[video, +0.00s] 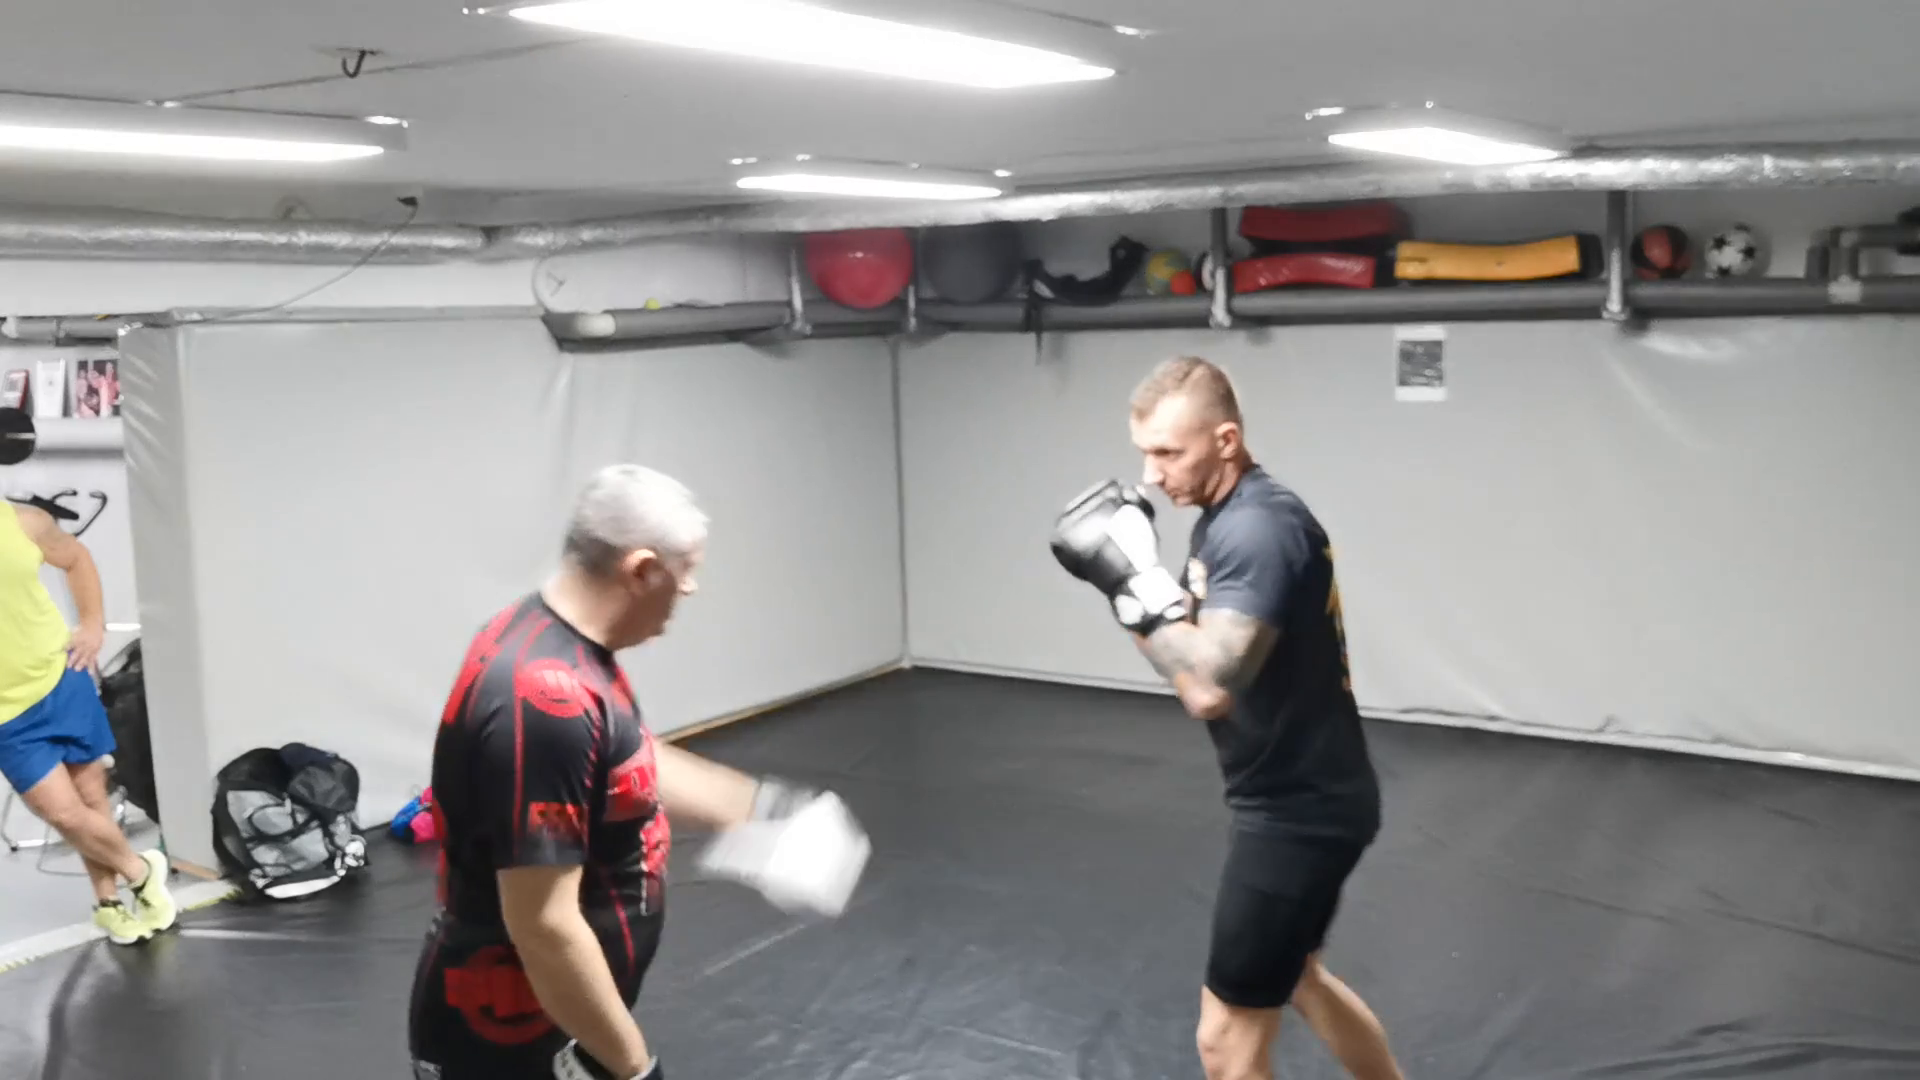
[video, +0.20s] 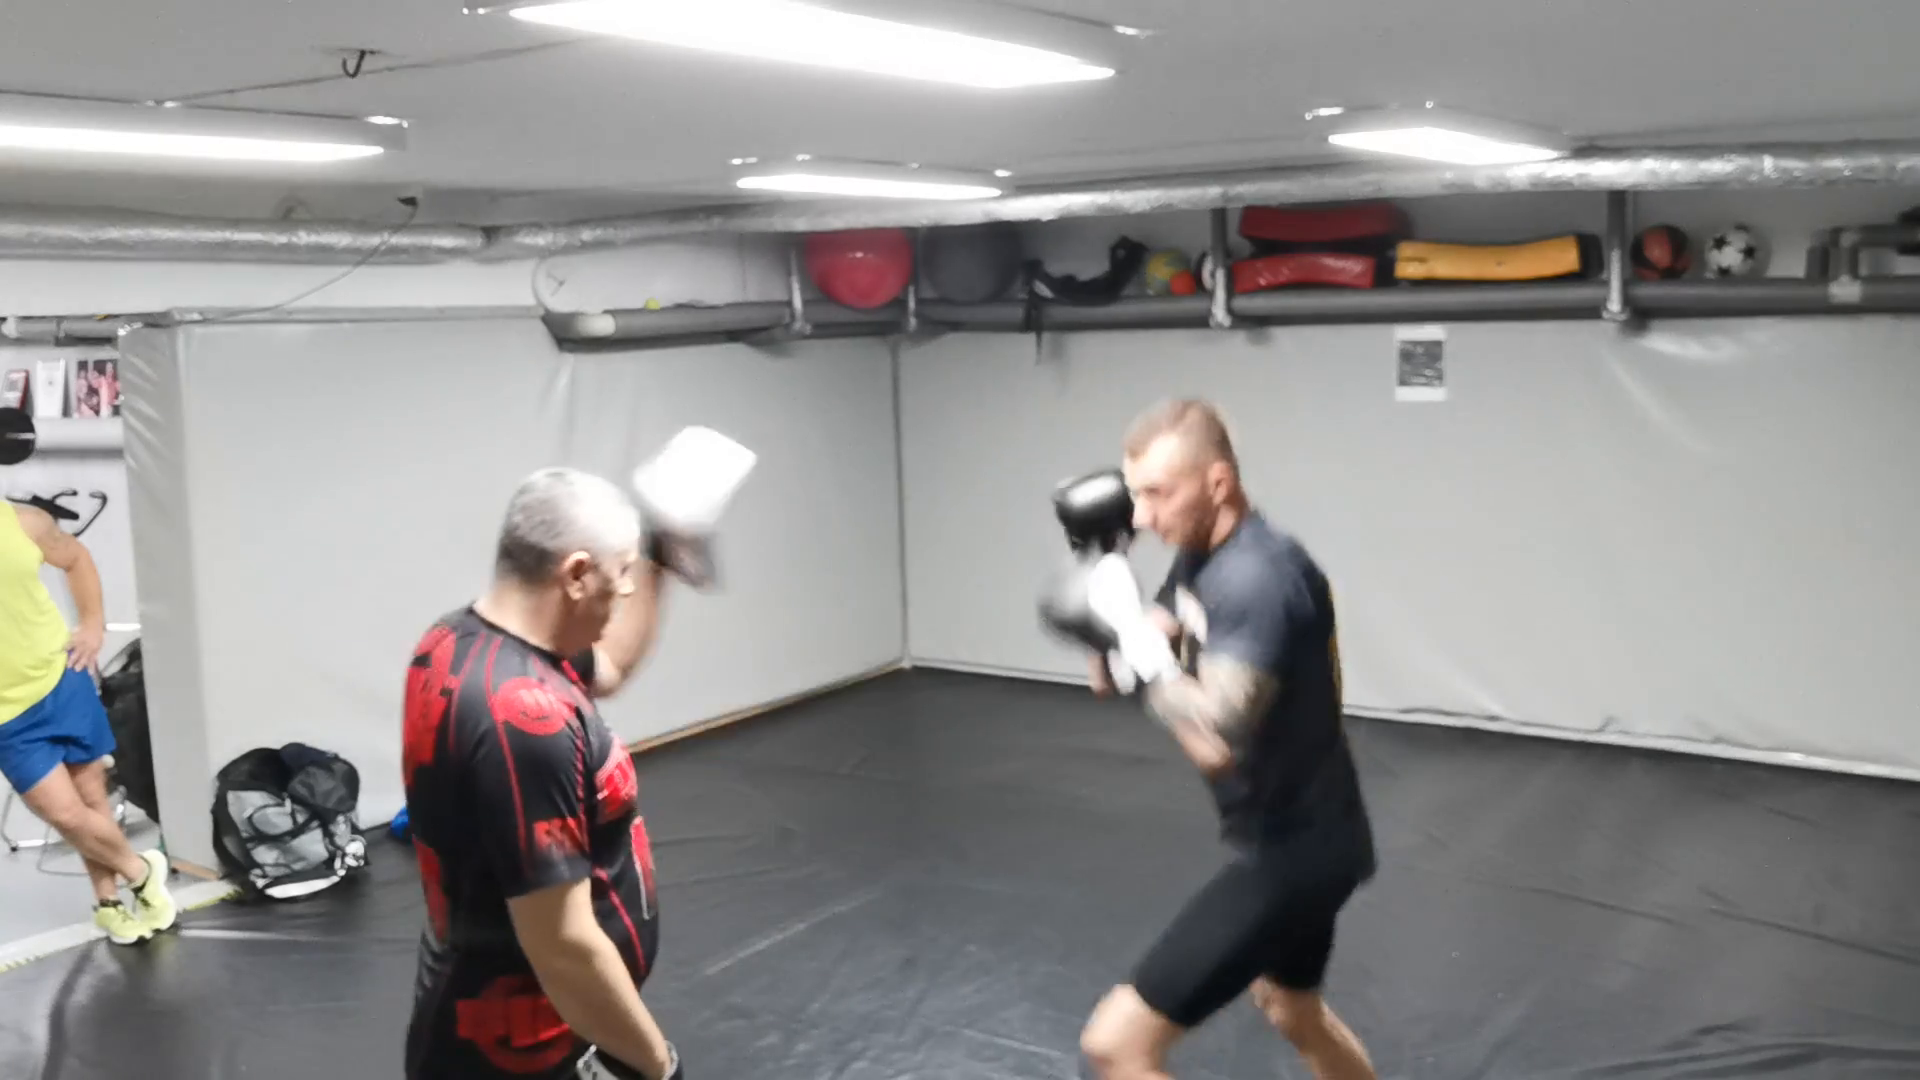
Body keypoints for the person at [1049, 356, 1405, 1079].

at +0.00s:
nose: (1154, 474)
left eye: (1168, 454)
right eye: (1147, 456)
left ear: (1226, 439)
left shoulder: (1259, 527)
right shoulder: (1223, 521)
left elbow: (1209, 682)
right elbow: (1194, 675)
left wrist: (1138, 579)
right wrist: (1131, 590)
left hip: (1297, 812)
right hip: (1285, 801)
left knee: (1229, 1041)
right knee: (1300, 978)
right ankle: (1389, 1076)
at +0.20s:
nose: (1143, 514)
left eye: (1157, 493)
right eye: (1136, 496)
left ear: (1218, 483)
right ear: (1214, 487)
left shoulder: (1262, 577)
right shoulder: (1204, 557)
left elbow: (1215, 741)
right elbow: (1123, 674)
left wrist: (1138, 638)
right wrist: (1104, 579)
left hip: (1303, 850)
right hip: (1289, 838)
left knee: (1117, 1044)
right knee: (1291, 1009)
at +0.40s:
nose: (1059, 521)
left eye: (1075, 502)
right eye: (1057, 502)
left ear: (1141, 498)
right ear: (1147, 500)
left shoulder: (1150, 575)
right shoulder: (1217, 555)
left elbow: (1126, 701)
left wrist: (1001, 625)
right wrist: (1086, 580)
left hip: (1215, 874)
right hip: (1288, 854)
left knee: (1056, 1061)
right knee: (1273, 996)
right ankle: (1360, 1073)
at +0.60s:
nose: (1027, 549)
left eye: (1043, 527)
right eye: (1023, 527)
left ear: (1109, 518)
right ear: (1117, 520)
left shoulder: (1101, 596)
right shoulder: (1197, 584)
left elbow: (1010, 703)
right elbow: (1147, 660)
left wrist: (865, 689)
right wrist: (1056, 615)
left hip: (1187, 911)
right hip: (1258, 888)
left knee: (1056, 1068)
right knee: (1245, 1045)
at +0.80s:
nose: (1101, 545)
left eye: (1114, 523)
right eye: (1094, 523)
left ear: (1176, 503)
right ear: (1178, 503)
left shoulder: (1213, 594)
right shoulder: (1222, 571)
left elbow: (1188, 773)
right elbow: (1150, 672)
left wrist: (1092, 664)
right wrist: (1092, 603)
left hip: (1229, 900)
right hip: (1273, 883)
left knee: (1115, 1068)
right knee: (1270, 1058)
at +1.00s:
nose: (1157, 530)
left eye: (1171, 507)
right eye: (1149, 509)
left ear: (1233, 489)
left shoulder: (1284, 582)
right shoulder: (1237, 575)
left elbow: (1261, 763)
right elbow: (1163, 726)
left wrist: (1180, 655)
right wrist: (1134, 625)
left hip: (1284, 891)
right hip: (1308, 876)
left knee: (1162, 1072)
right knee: (1309, 1058)